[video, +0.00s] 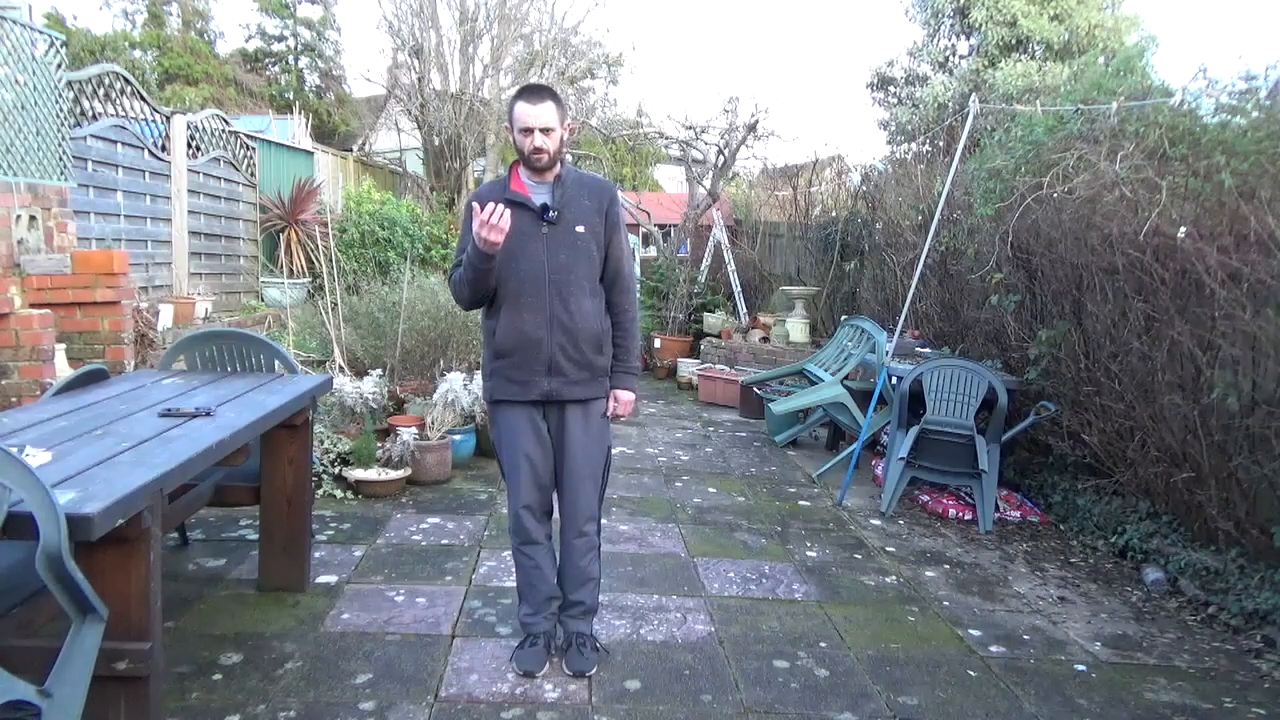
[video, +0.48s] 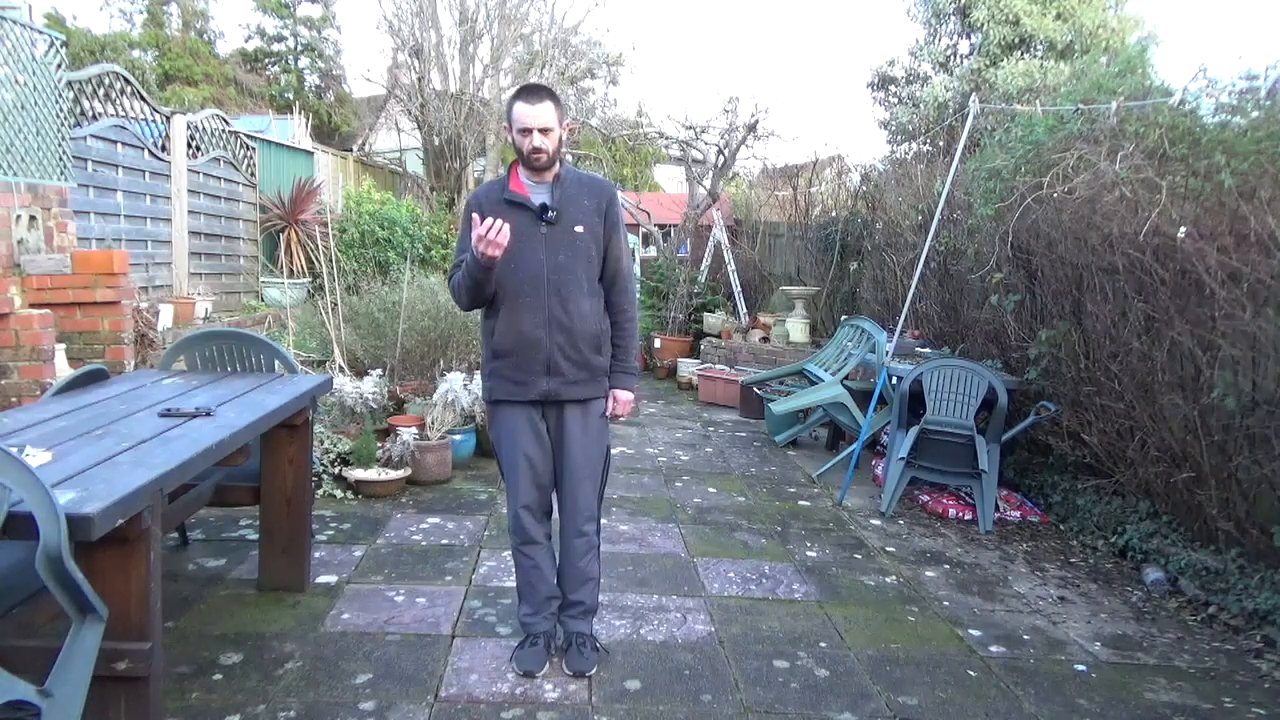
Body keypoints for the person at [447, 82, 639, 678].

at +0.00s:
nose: (536, 141)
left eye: (545, 130)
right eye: (525, 132)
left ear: (565, 130)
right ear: (512, 134)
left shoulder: (599, 195)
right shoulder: (487, 198)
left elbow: (622, 292)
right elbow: (466, 295)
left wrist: (625, 375)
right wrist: (483, 249)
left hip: (587, 377)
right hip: (513, 380)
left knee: (582, 512)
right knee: (527, 512)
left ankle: (580, 626)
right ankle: (535, 627)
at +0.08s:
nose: (535, 141)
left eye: (545, 130)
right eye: (525, 132)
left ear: (564, 130)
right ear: (511, 134)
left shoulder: (599, 194)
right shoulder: (487, 198)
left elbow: (621, 291)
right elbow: (465, 295)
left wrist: (625, 375)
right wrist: (482, 255)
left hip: (586, 377)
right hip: (513, 380)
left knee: (582, 512)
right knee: (526, 512)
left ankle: (580, 626)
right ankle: (535, 627)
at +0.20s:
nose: (535, 141)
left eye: (545, 130)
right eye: (525, 132)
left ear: (564, 130)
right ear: (511, 135)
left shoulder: (599, 194)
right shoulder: (486, 199)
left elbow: (621, 291)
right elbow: (465, 295)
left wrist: (624, 375)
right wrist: (481, 262)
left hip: (586, 377)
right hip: (513, 380)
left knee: (582, 512)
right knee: (526, 512)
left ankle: (579, 626)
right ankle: (535, 627)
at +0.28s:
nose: (535, 141)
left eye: (544, 130)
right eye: (524, 132)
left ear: (564, 130)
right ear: (511, 134)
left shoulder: (599, 195)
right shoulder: (487, 198)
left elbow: (622, 291)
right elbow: (465, 295)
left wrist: (625, 375)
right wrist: (484, 259)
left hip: (586, 378)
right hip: (513, 380)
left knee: (582, 512)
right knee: (526, 512)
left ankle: (580, 626)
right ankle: (535, 627)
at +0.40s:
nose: (535, 141)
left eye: (544, 130)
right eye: (524, 132)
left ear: (563, 130)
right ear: (510, 135)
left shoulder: (599, 195)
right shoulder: (486, 200)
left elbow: (621, 292)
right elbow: (465, 296)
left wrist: (625, 375)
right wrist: (483, 261)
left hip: (586, 378)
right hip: (512, 380)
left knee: (582, 512)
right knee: (526, 513)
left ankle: (580, 625)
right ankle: (535, 627)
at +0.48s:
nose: (535, 141)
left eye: (544, 130)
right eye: (524, 132)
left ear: (563, 130)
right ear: (510, 135)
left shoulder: (599, 195)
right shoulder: (486, 200)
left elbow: (621, 292)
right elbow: (465, 296)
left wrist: (625, 375)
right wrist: (483, 261)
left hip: (586, 378)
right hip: (512, 381)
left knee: (582, 512)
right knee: (526, 513)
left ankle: (580, 625)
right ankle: (535, 627)